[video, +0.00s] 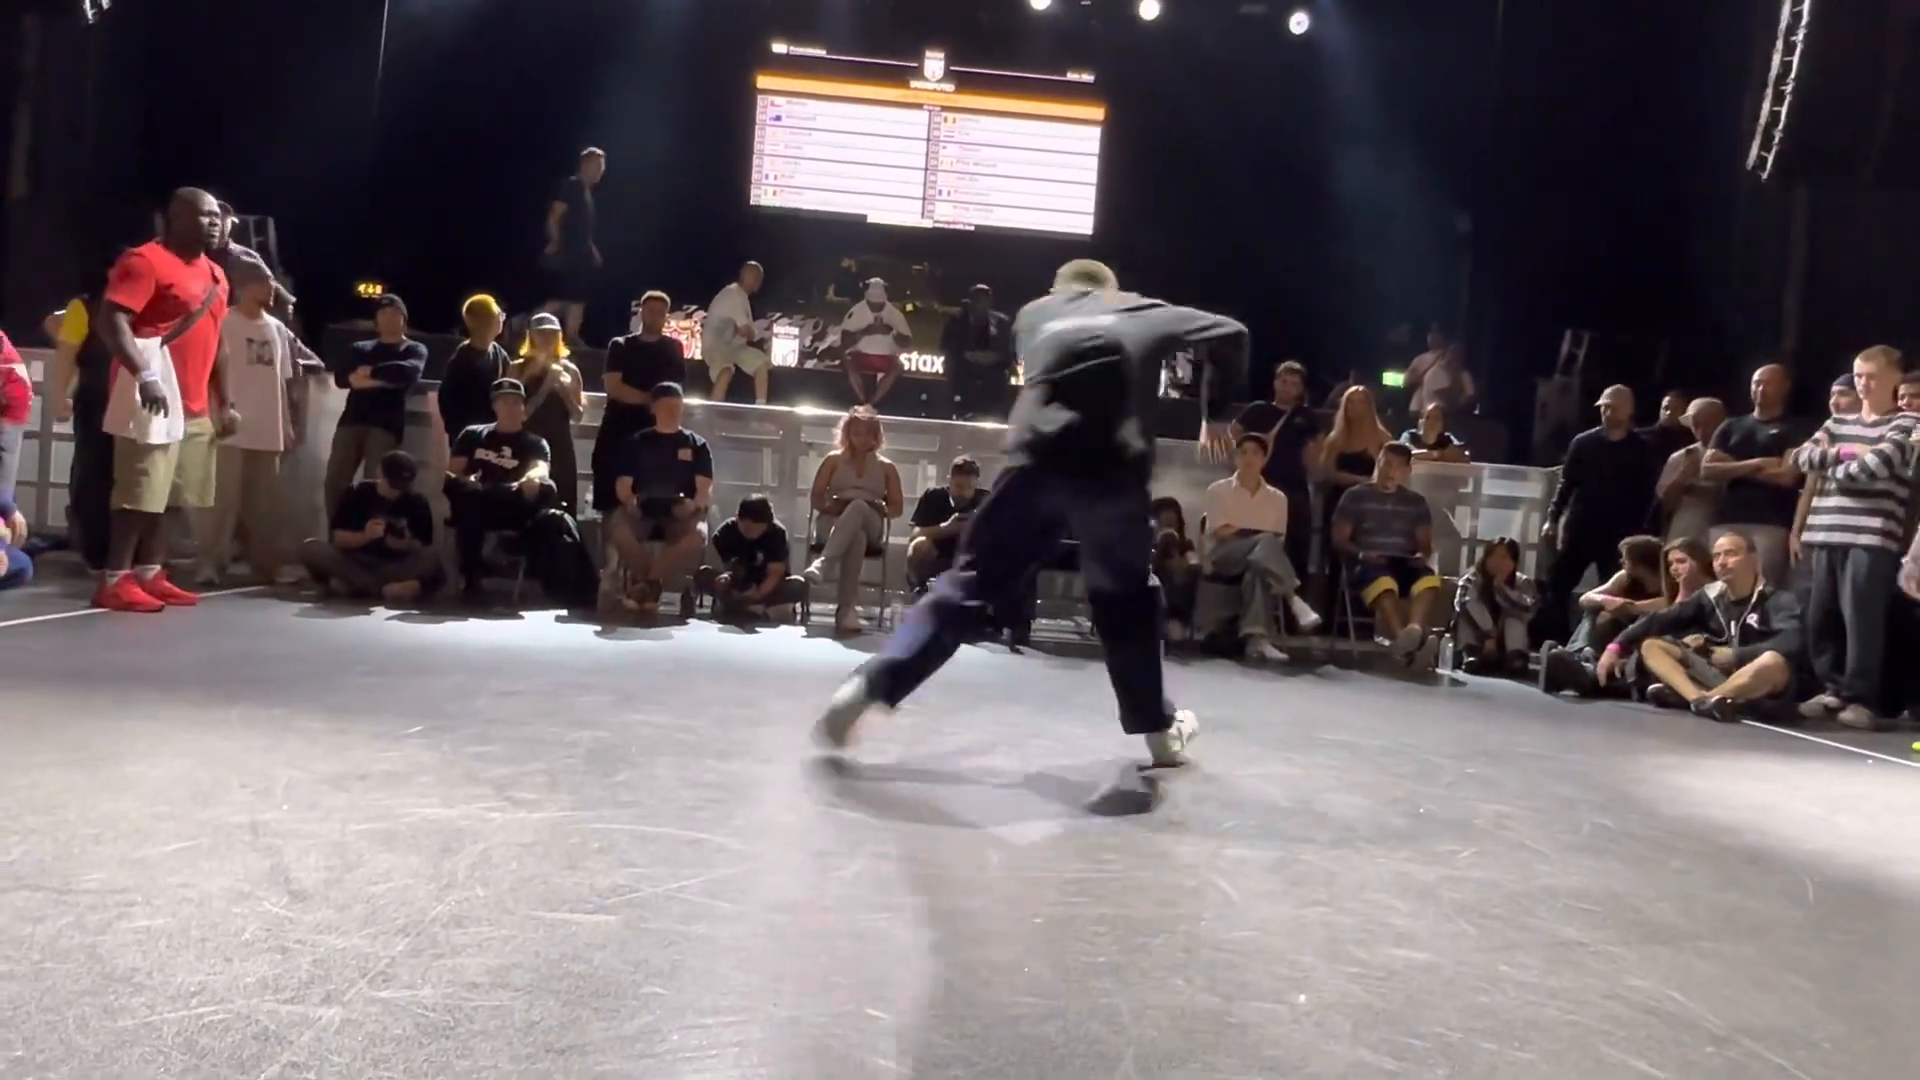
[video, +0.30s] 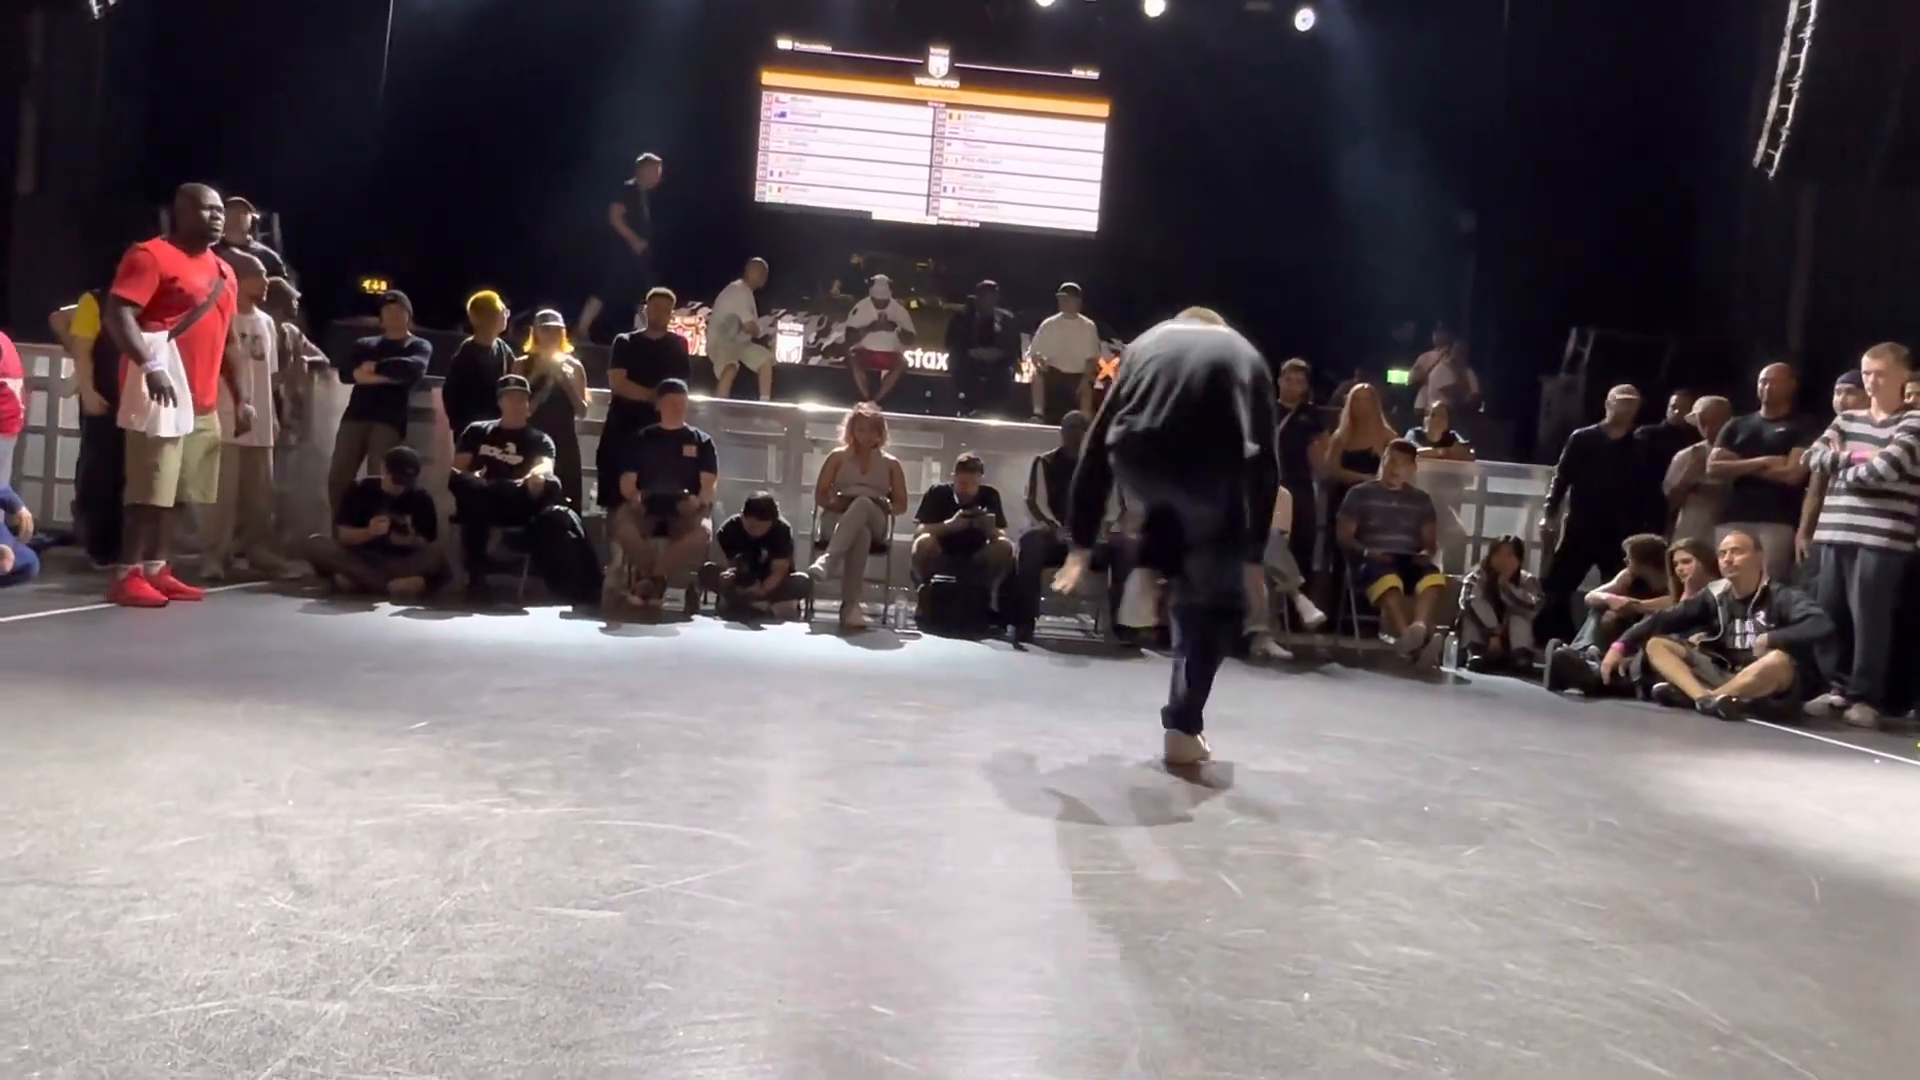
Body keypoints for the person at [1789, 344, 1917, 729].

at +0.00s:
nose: (1861, 383)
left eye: (1870, 377)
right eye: (1858, 376)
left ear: (1894, 380)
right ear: (1854, 380)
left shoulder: (1905, 423)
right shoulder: (1839, 422)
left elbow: (1876, 467)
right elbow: (1798, 458)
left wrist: (1831, 466)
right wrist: (1846, 453)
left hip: (1870, 534)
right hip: (1824, 532)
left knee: (1861, 618)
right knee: (1820, 615)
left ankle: (1863, 699)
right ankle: (1832, 689)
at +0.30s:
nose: (1869, 381)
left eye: (1878, 374)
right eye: (1866, 373)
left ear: (1904, 378)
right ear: (1862, 377)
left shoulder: (1912, 421)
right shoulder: (1848, 419)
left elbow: (1882, 470)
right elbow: (1811, 457)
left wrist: (1841, 468)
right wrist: (1853, 458)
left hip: (1881, 536)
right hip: (1833, 532)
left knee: (1868, 616)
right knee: (1828, 609)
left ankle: (1866, 697)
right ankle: (1836, 687)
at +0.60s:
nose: (1874, 382)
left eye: (1883, 375)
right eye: (1871, 374)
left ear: (1913, 382)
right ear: (1869, 377)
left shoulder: (1916, 424)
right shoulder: (1857, 416)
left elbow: (1893, 474)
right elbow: (1821, 456)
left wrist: (1849, 466)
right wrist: (1862, 463)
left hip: (1891, 542)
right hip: (1843, 535)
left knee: (1878, 622)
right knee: (1834, 611)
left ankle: (1871, 698)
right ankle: (1839, 687)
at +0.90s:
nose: (1878, 381)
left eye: (1887, 373)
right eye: (1875, 373)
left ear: (1915, 379)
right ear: (1871, 376)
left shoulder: (1917, 424)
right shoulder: (1859, 416)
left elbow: (1898, 477)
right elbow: (1828, 461)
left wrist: (1850, 469)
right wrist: (1871, 468)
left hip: (1895, 541)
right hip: (1849, 536)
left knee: (1882, 624)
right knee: (1835, 611)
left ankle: (1876, 699)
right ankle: (1837, 687)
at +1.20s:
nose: (1878, 379)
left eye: (1887, 372)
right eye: (1875, 372)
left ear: (1914, 377)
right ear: (1870, 374)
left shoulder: (1916, 425)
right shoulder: (1853, 420)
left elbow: (1890, 479)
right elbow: (1815, 465)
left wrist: (1841, 472)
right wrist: (1860, 471)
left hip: (1891, 540)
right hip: (1843, 536)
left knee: (1879, 620)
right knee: (1836, 614)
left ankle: (1876, 697)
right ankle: (1840, 686)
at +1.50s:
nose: (1875, 379)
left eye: (1884, 372)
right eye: (1871, 372)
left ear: (1909, 373)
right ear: (1867, 374)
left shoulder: (1915, 422)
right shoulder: (1849, 422)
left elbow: (1891, 475)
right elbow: (1815, 466)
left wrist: (1840, 470)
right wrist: (1867, 468)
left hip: (1888, 534)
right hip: (1841, 532)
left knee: (1878, 618)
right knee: (1835, 613)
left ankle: (1876, 697)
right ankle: (1841, 685)